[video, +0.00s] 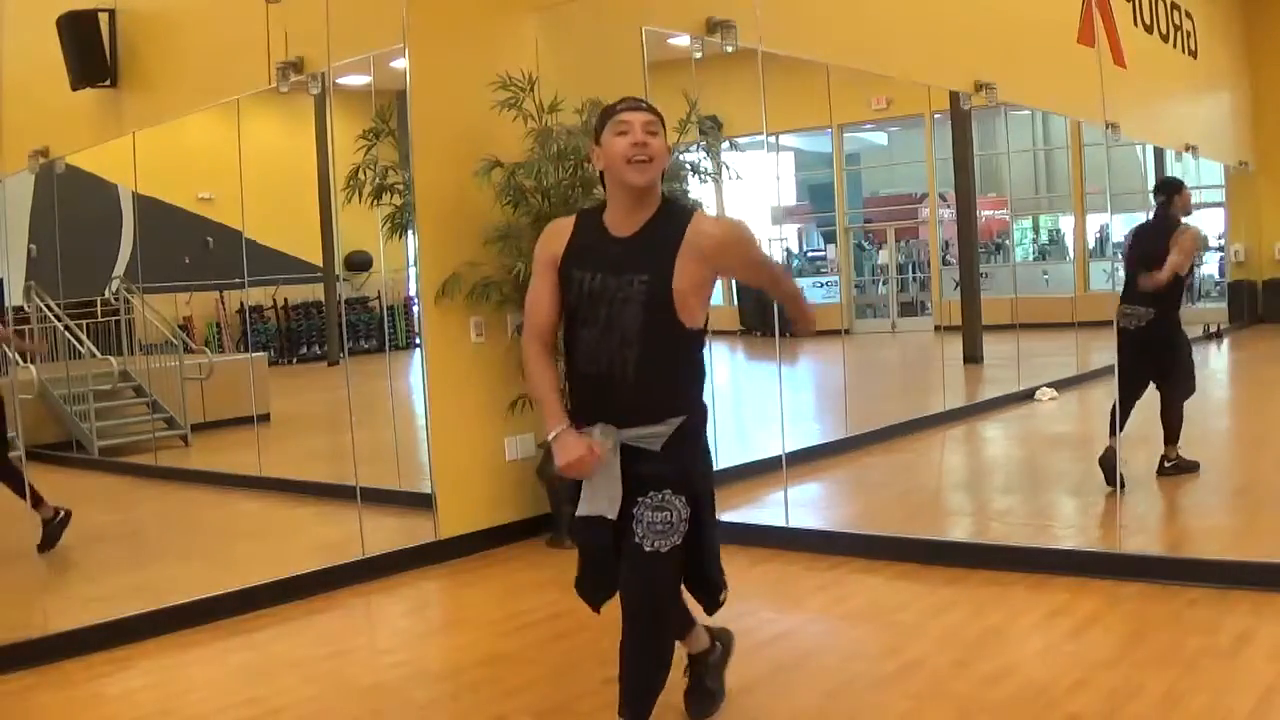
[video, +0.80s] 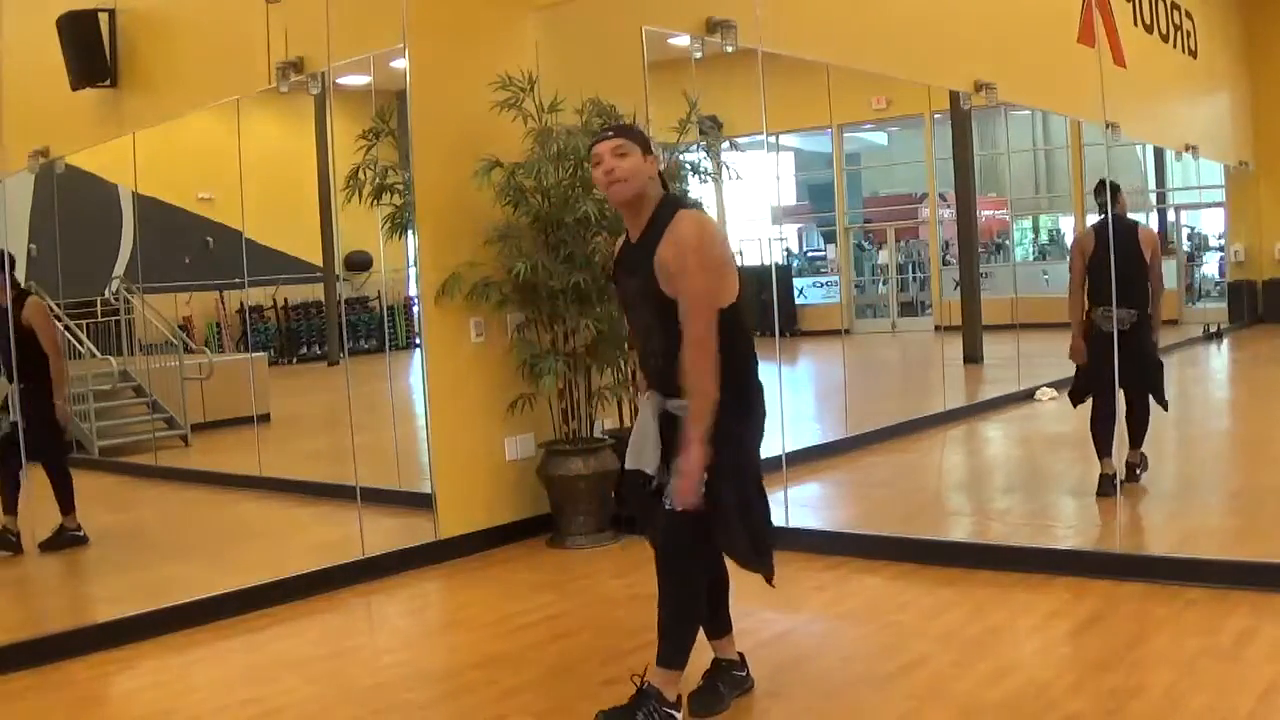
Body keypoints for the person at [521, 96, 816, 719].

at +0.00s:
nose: (640, 140)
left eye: (651, 132)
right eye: (624, 132)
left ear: (669, 153)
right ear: (598, 156)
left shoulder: (708, 237)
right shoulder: (561, 239)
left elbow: (777, 283)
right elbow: (537, 343)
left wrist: (803, 317)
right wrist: (559, 429)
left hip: (667, 443)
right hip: (592, 442)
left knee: (646, 595)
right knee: (623, 573)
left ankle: (632, 714)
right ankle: (704, 644)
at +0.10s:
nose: (639, 158)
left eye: (651, 150)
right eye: (623, 151)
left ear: (667, 171)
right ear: (600, 174)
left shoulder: (710, 258)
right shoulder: (572, 256)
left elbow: (769, 352)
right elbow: (552, 356)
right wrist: (553, 448)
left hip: (683, 452)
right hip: (611, 449)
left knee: (656, 601)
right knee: (657, 572)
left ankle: (636, 715)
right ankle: (720, 655)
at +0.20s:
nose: (642, 172)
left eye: (651, 161)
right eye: (625, 166)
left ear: (669, 175)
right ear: (605, 187)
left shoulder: (713, 260)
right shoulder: (587, 265)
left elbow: (732, 377)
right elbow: (569, 364)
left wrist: (725, 477)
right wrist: (558, 454)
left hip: (695, 443)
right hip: (626, 442)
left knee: (664, 583)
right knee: (668, 568)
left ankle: (641, 710)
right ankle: (726, 662)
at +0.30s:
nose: (646, 171)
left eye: (655, 160)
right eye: (630, 166)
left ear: (673, 174)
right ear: (612, 188)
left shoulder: (714, 247)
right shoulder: (601, 257)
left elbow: (696, 345)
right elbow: (585, 353)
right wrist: (580, 440)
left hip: (703, 429)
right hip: (638, 429)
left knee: (671, 564)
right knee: (672, 556)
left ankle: (645, 706)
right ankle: (728, 663)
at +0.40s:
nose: (643, 161)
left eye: (653, 151)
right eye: (628, 158)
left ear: (675, 166)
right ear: (614, 182)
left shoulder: (713, 231)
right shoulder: (606, 250)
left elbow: (675, 298)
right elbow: (601, 337)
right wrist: (603, 422)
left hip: (712, 415)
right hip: (648, 417)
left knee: (680, 556)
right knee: (680, 548)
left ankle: (650, 700)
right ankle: (730, 663)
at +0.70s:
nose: (622, 166)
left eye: (632, 153)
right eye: (609, 163)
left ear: (661, 165)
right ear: (603, 186)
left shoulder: (698, 228)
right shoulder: (623, 248)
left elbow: (659, 325)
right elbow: (647, 330)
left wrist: (590, 404)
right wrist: (638, 391)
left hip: (719, 408)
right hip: (663, 408)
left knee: (686, 544)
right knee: (690, 534)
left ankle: (660, 692)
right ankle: (730, 662)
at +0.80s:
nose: (607, 167)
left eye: (620, 155)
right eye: (597, 163)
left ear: (653, 164)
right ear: (597, 185)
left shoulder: (690, 232)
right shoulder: (629, 247)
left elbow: (703, 350)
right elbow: (650, 343)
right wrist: (648, 417)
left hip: (712, 412)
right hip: (668, 410)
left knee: (676, 541)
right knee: (689, 536)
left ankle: (664, 693)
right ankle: (729, 661)